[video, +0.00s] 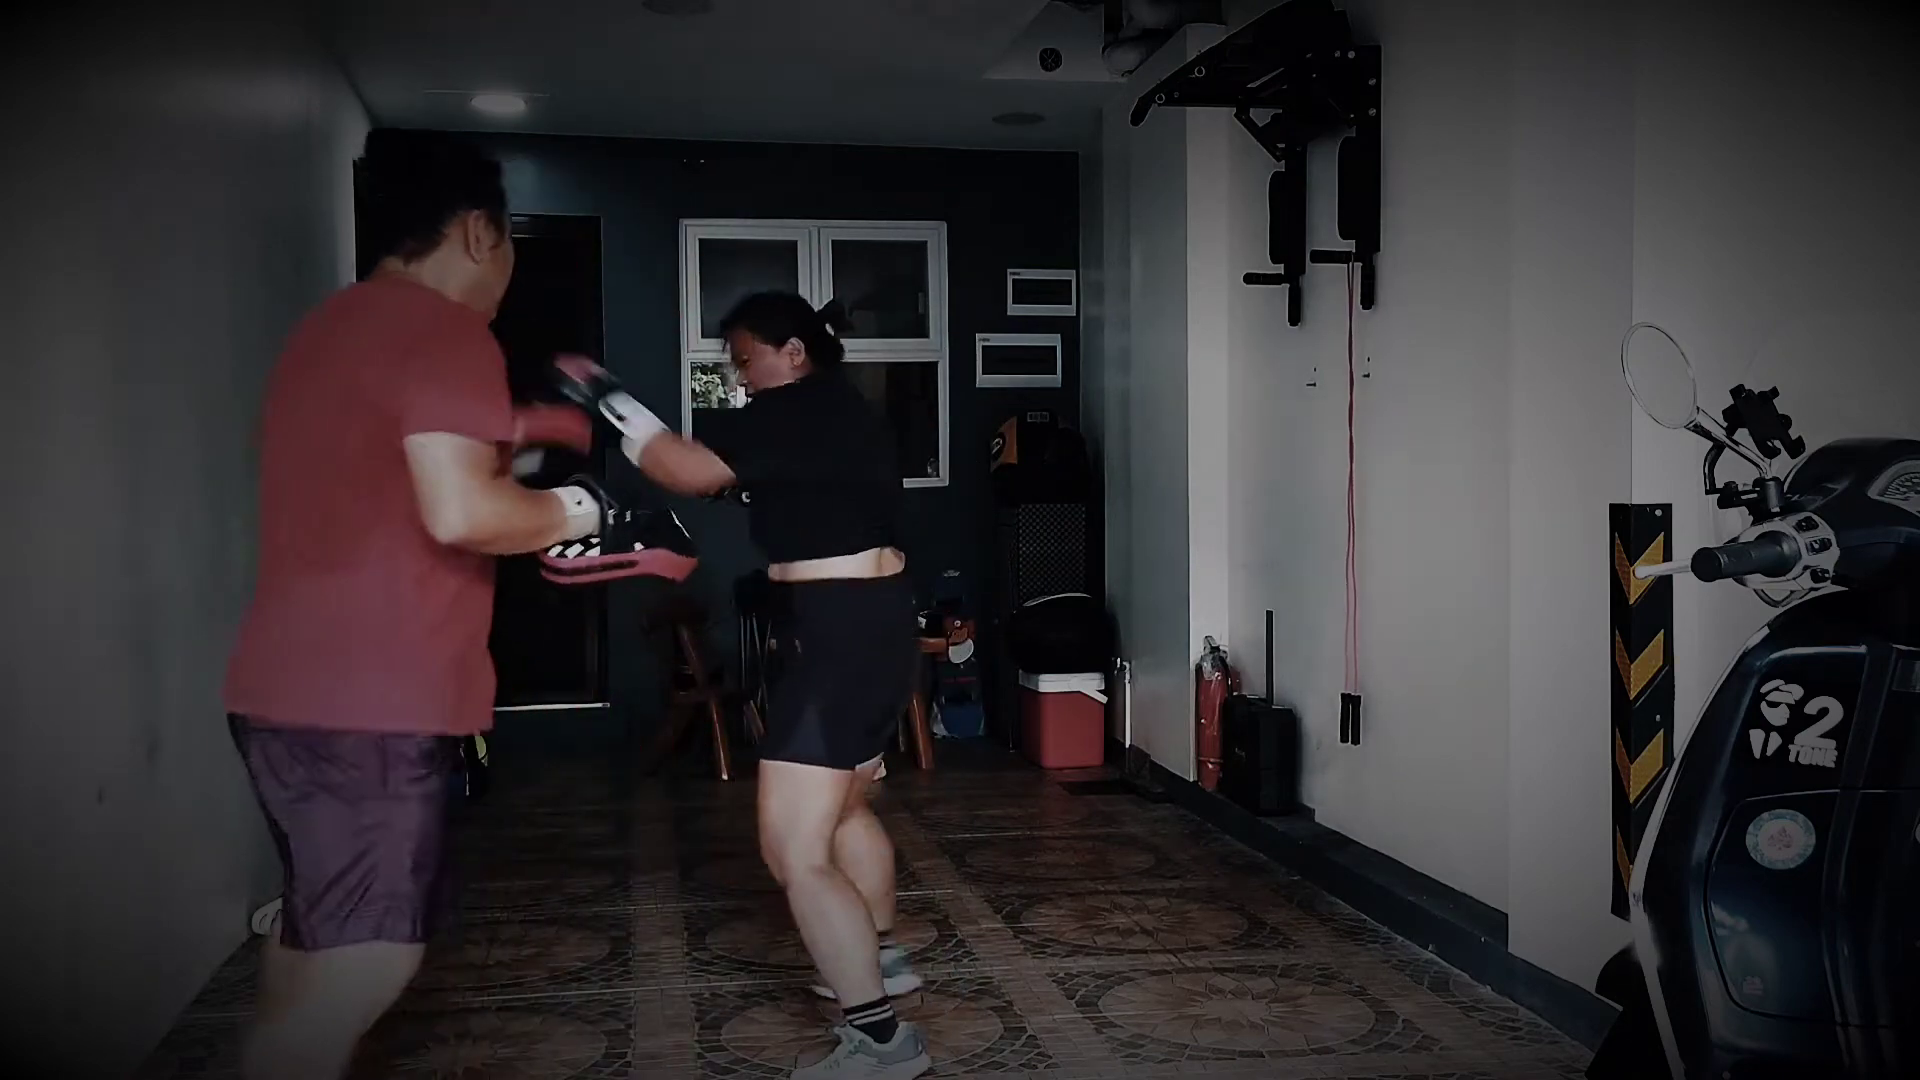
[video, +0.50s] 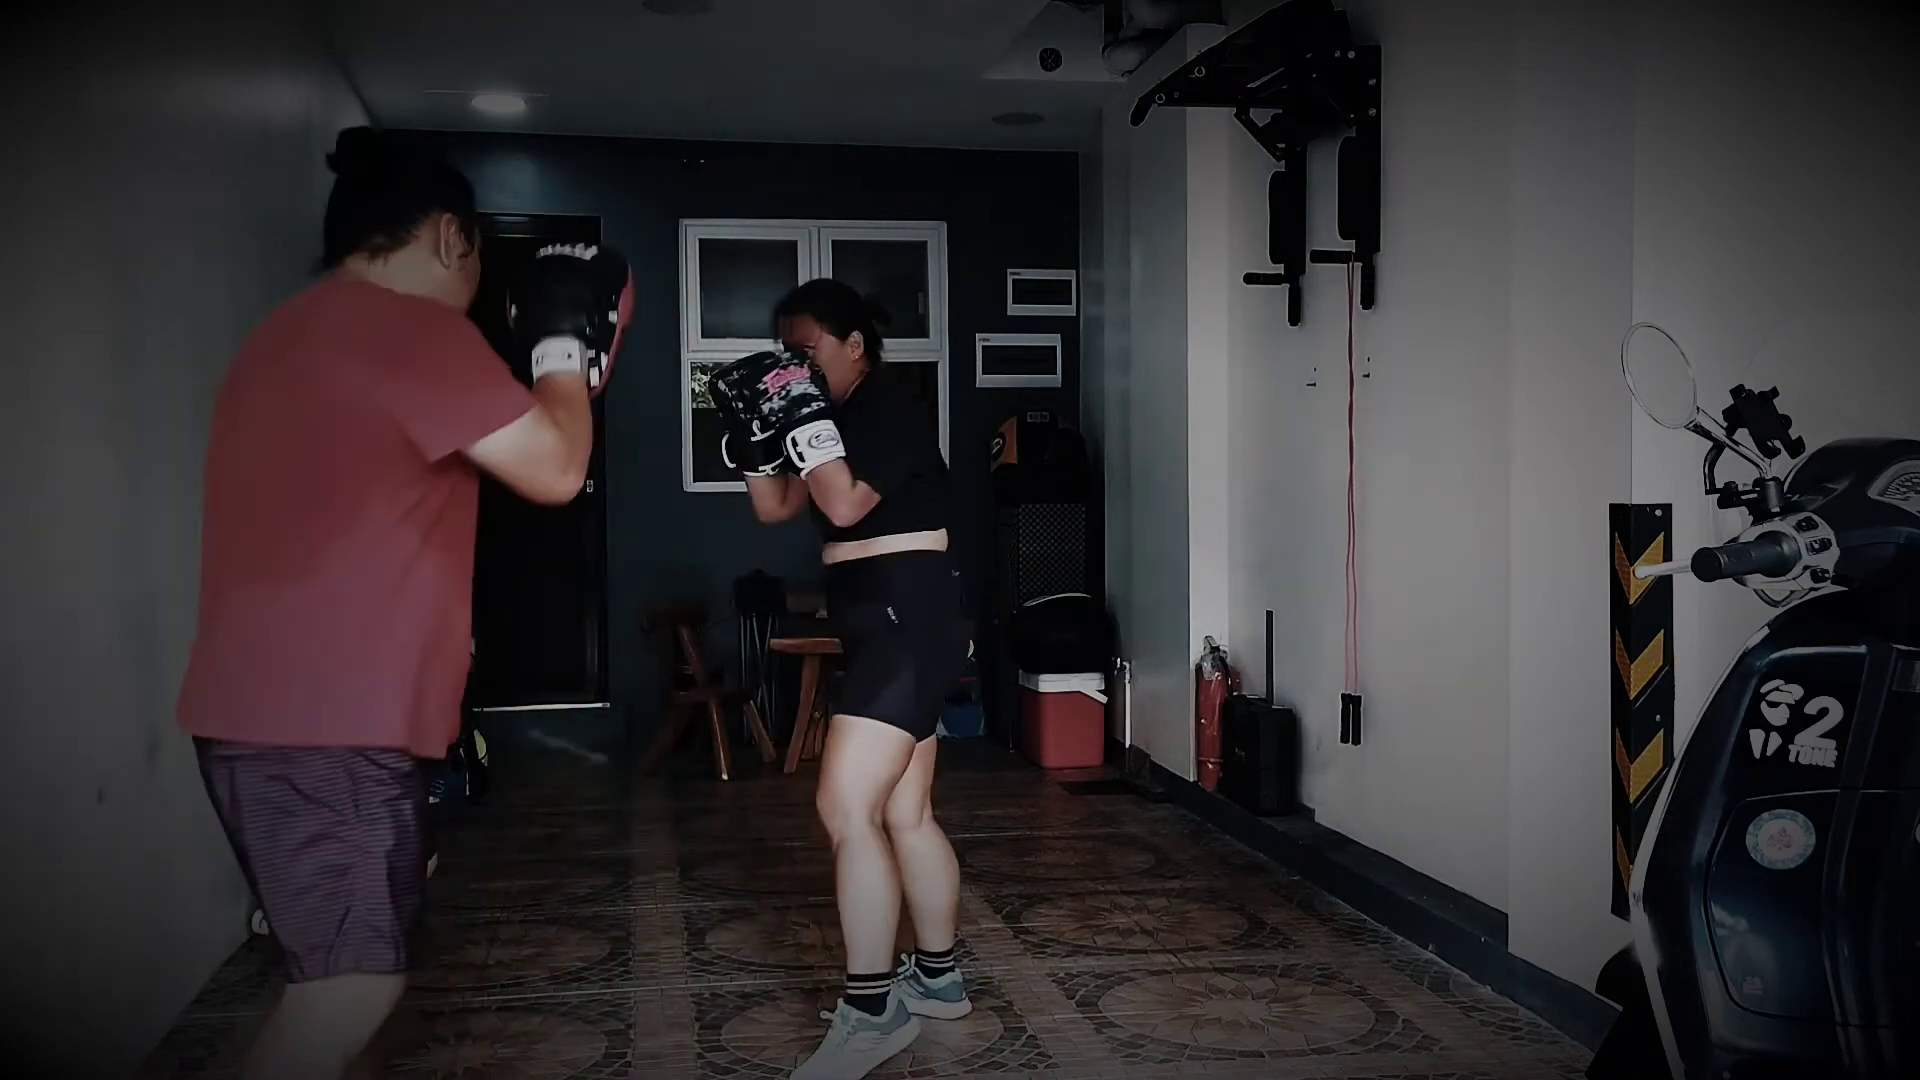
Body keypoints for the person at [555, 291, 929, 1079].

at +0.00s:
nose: (739, 378)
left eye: (745, 361)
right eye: (735, 364)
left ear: (795, 350)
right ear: (803, 352)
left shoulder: (797, 414)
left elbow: (682, 469)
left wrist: (609, 399)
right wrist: (636, 418)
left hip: (831, 635)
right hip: (880, 627)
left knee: (796, 852)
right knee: (846, 811)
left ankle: (875, 1035)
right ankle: (881, 952)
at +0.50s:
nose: (800, 366)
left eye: (809, 349)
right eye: (794, 355)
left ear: (853, 340)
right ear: (822, 355)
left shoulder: (897, 397)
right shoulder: (835, 412)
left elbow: (845, 504)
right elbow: (772, 507)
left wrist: (802, 416)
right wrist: (755, 432)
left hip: (909, 620)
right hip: (884, 622)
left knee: (845, 807)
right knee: (909, 815)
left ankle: (868, 1009)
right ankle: (940, 976)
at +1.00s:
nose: (824, 390)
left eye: (841, 375)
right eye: (815, 377)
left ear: (889, 380)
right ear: (807, 386)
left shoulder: (930, 465)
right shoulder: (801, 464)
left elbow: (917, 585)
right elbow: (734, 540)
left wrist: (866, 492)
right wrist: (720, 471)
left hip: (910, 679)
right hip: (821, 674)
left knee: (855, 849)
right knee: (785, 866)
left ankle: (874, 1054)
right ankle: (906, 926)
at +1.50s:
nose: (793, 379)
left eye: (808, 365)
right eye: (780, 366)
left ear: (845, 361)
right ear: (765, 365)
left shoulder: (881, 428)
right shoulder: (761, 429)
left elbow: (868, 534)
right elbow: (708, 523)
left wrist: (827, 439)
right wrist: (716, 436)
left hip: (870, 632)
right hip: (784, 631)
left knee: (831, 824)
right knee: (779, 830)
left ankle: (851, 1033)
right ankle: (867, 964)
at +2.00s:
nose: (787, 364)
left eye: (802, 350)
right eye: (775, 352)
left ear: (841, 348)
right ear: (764, 354)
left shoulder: (881, 417)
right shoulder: (762, 419)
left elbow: (863, 520)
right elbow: (704, 513)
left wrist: (824, 425)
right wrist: (717, 427)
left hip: (869, 626)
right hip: (785, 629)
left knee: (843, 822)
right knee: (820, 822)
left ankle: (866, 1030)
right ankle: (870, 974)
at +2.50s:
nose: (762, 383)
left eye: (778, 365)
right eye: (754, 368)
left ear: (824, 367)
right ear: (746, 376)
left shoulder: (867, 447)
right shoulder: (746, 454)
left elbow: (921, 571)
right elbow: (700, 555)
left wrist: (868, 514)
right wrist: (689, 491)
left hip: (872, 657)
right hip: (791, 663)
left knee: (764, 826)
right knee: (796, 846)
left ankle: (834, 1020)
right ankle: (873, 991)